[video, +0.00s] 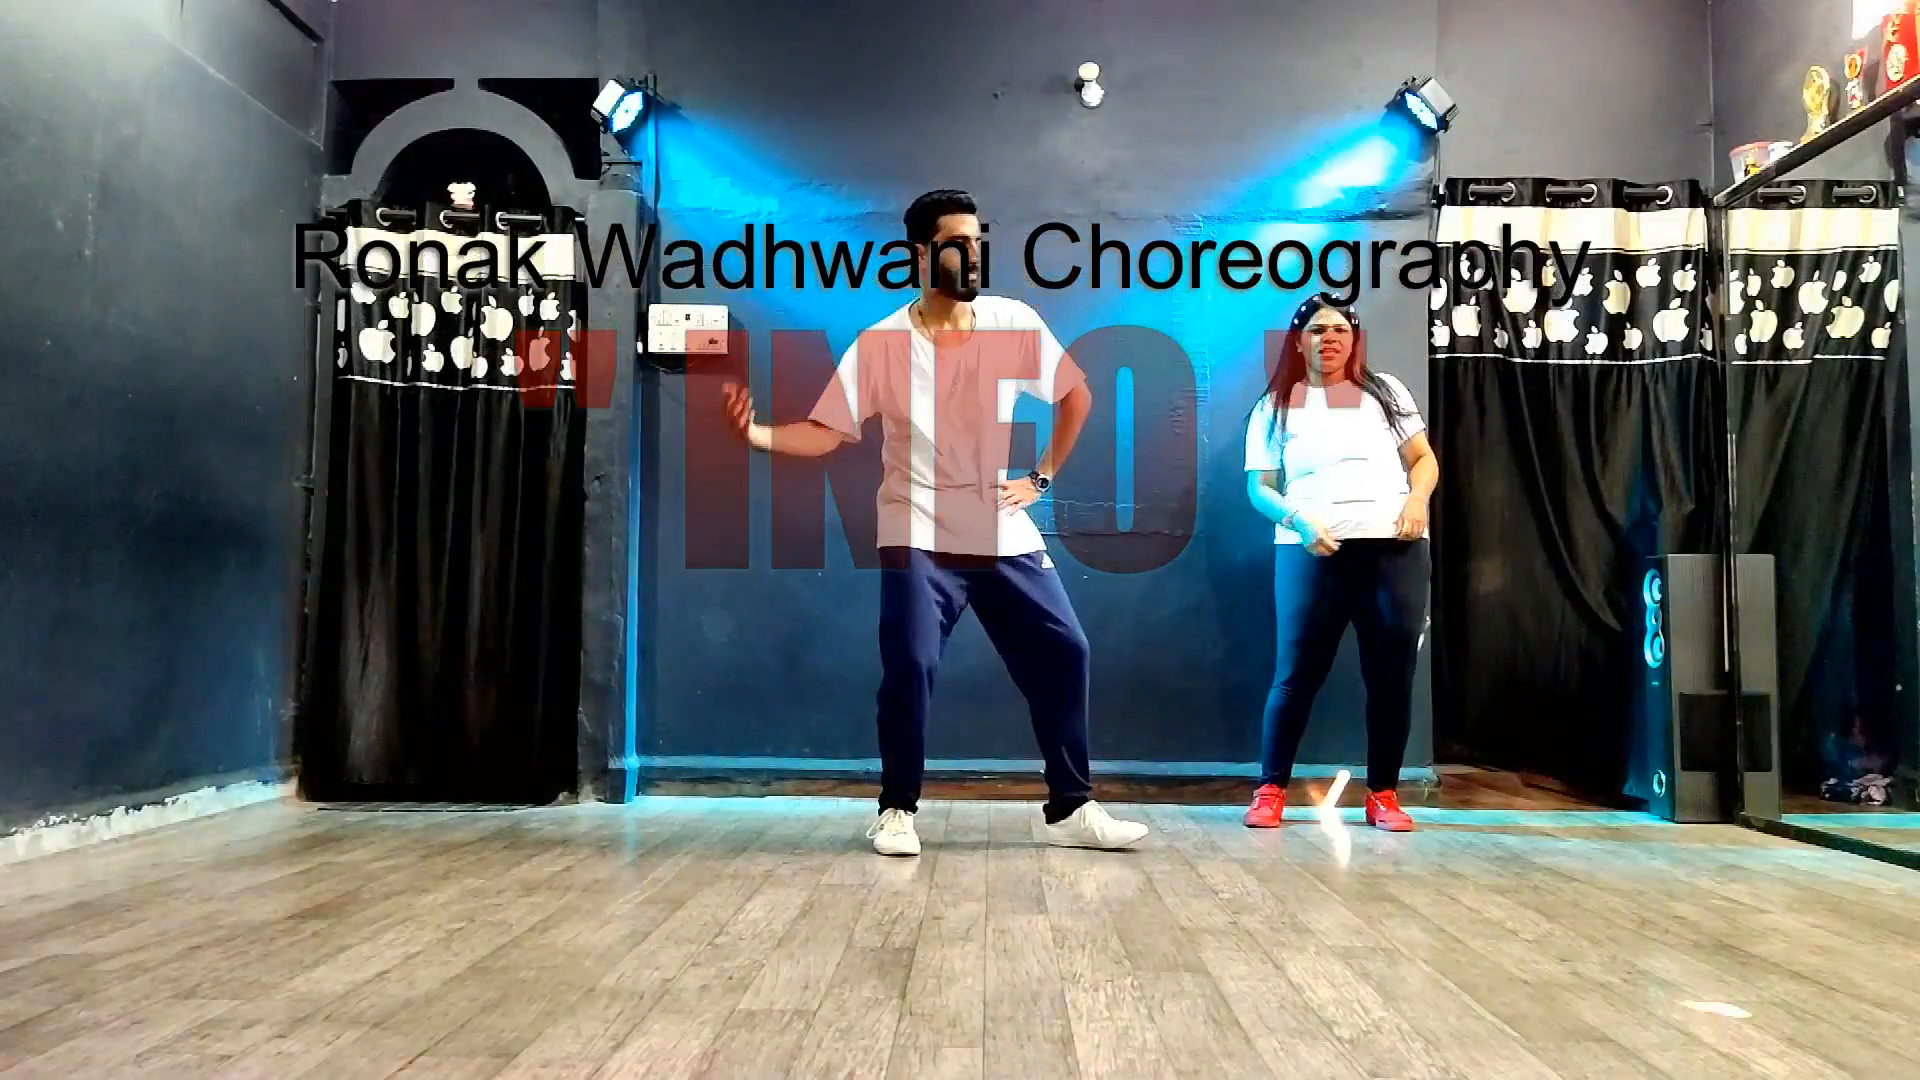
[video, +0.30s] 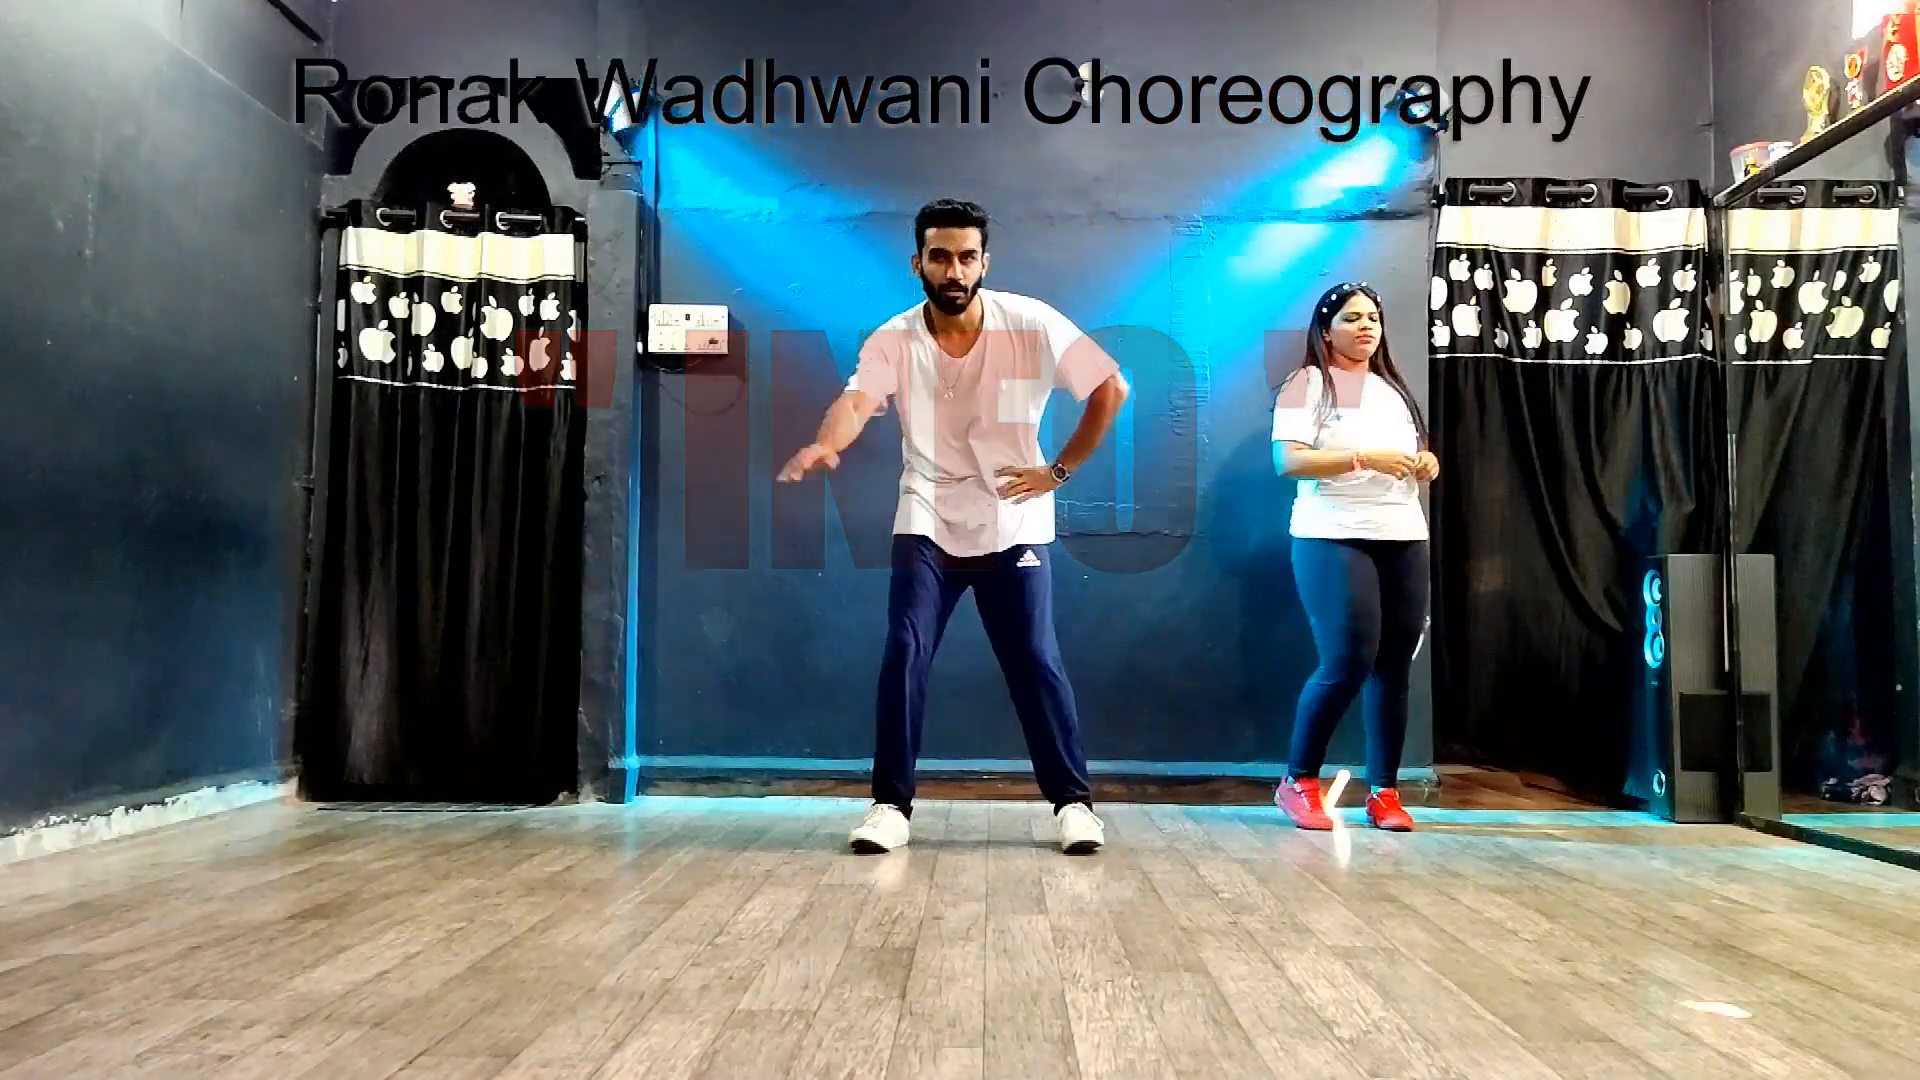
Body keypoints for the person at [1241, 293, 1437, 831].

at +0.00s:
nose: (1329, 338)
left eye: (1338, 330)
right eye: (1318, 330)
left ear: (1354, 339)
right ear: (1300, 340)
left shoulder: (1386, 391)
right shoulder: (1274, 407)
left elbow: (1424, 460)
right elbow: (1261, 488)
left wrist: (1417, 497)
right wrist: (1302, 521)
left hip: (1391, 548)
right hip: (1310, 552)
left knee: (1391, 680)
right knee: (1294, 676)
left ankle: (1382, 795)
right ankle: (1270, 790)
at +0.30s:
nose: (1366, 326)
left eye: (1373, 319)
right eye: (1353, 318)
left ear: (1381, 329)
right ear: (1326, 330)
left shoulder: (1393, 391)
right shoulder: (1305, 383)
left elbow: (1411, 462)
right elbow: (1290, 460)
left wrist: (1423, 464)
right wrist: (1365, 459)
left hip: (1403, 539)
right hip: (1331, 536)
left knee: (1392, 665)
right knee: (1347, 658)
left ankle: (1383, 792)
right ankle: (1298, 783)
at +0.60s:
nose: (1368, 361)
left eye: (1373, 353)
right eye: (1357, 352)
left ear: (1376, 359)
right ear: (1325, 356)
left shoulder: (1358, 411)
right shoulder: (1305, 395)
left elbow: (1369, 491)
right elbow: (1289, 461)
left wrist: (1409, 476)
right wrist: (1369, 458)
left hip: (1391, 554)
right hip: (1339, 558)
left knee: (1423, 667)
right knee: (1366, 680)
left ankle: (1387, 795)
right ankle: (1299, 791)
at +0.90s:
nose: (1341, 326)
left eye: (1349, 317)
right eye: (1328, 321)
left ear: (1364, 327)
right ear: (1310, 333)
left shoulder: (1379, 396)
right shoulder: (1279, 376)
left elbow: (1396, 473)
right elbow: (1220, 432)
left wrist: (1409, 513)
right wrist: (1266, 443)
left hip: (1357, 543)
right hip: (1282, 539)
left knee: (1373, 664)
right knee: (1298, 666)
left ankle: (1375, 792)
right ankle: (1286, 792)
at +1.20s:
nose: (1315, 352)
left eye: (1323, 341)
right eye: (1303, 347)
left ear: (1342, 344)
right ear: (1291, 360)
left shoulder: (1377, 403)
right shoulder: (1272, 409)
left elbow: (1429, 474)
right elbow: (1243, 480)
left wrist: (1397, 528)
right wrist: (1207, 496)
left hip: (1334, 549)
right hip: (1257, 546)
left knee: (1329, 676)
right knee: (1244, 669)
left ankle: (1370, 791)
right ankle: (1272, 793)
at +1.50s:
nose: (1308, 330)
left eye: (1318, 322)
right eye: (1297, 323)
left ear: (1337, 330)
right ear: (1283, 334)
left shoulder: (1367, 379)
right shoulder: (1262, 398)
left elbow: (1377, 451)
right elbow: (1261, 475)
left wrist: (1290, 459)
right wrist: (1266, 543)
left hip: (1363, 539)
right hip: (1283, 541)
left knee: (1368, 668)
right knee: (1277, 669)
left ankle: (1384, 793)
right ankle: (1280, 790)